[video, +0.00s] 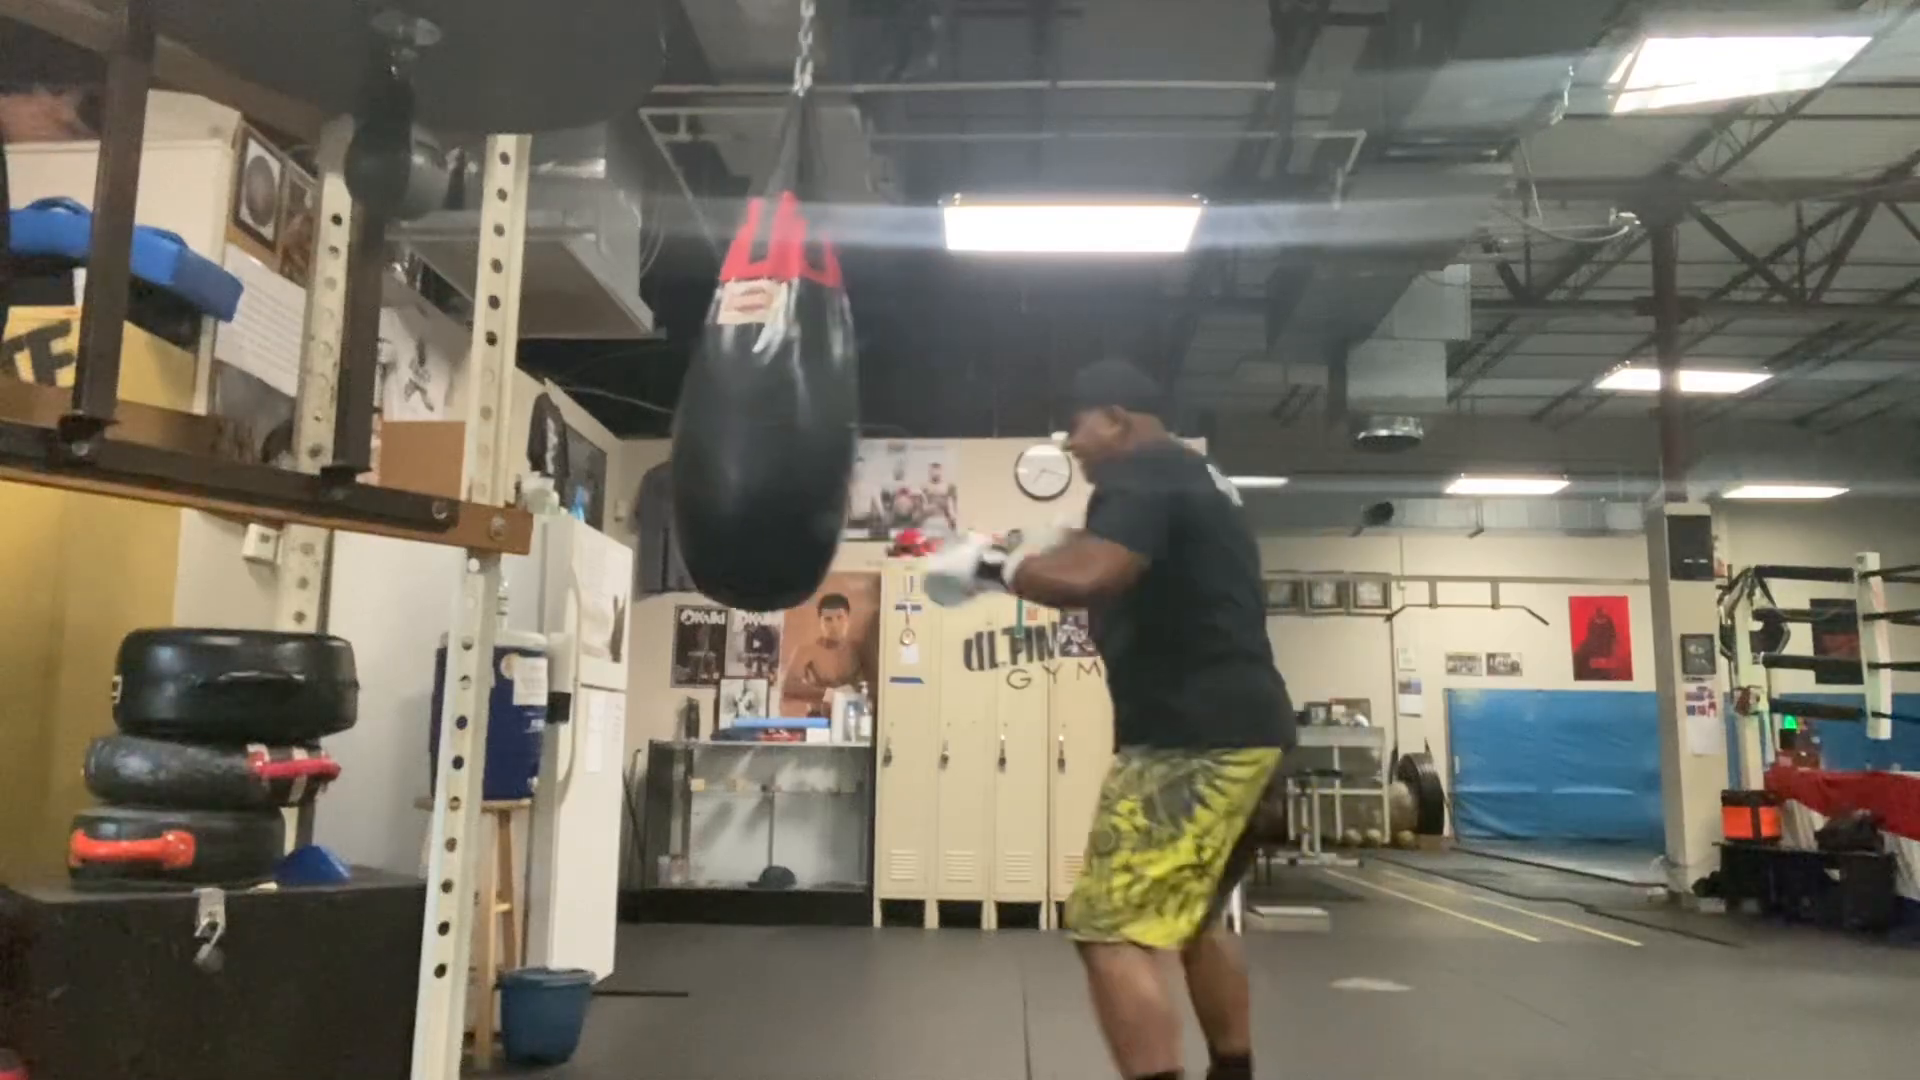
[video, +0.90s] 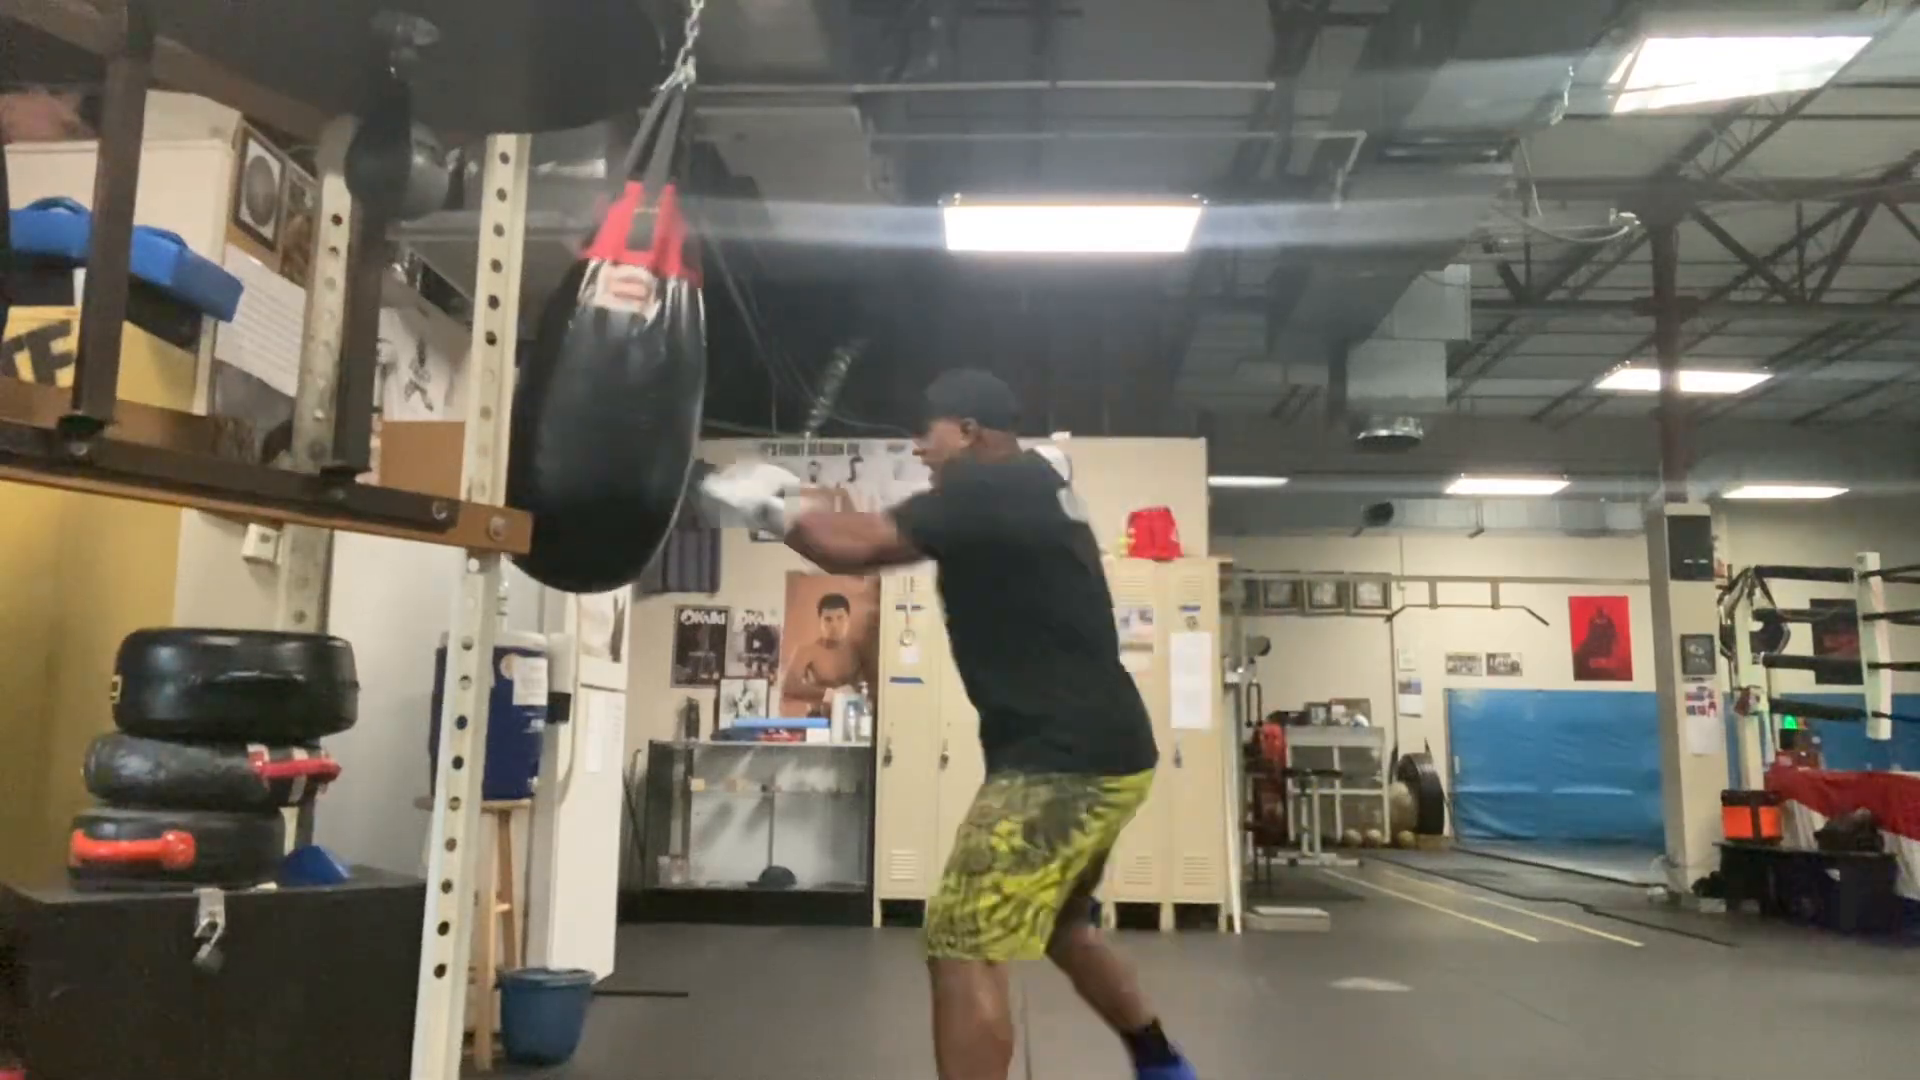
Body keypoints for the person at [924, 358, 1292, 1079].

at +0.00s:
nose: (1072, 446)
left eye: (1077, 429)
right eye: (1069, 431)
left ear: (1119, 420)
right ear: (1140, 423)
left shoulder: (1142, 477)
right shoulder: (1194, 478)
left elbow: (1092, 573)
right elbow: (1139, 579)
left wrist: (1000, 568)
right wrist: (1041, 557)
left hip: (1188, 737)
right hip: (1246, 731)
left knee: (1110, 926)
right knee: (1195, 916)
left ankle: (1158, 1073)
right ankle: (1233, 1070)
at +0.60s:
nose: (995, 453)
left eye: (1004, 436)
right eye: (995, 438)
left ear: (1049, 434)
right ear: (1061, 438)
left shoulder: (1073, 500)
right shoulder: (1111, 498)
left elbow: (1045, 625)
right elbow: (1066, 626)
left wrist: (936, 622)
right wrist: (975, 616)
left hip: (1119, 751)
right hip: (1173, 747)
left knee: (1027, 948)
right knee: (1161, 946)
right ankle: (1211, 1076)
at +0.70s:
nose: (968, 457)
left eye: (973, 441)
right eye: (967, 442)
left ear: (1010, 434)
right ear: (1040, 436)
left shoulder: (1031, 487)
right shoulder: (1116, 495)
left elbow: (1026, 575)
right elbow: (1100, 617)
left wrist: (934, 564)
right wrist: (999, 619)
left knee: (974, 930)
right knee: (1166, 935)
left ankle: (1018, 1073)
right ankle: (1213, 1074)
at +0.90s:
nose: (921, 448)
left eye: (929, 432)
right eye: (920, 433)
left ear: (970, 429)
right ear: (983, 432)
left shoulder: (988, 489)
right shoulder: (1027, 484)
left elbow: (857, 545)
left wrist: (781, 509)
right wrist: (812, 508)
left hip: (1058, 755)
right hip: (1096, 750)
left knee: (961, 940)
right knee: (1063, 925)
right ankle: (1162, 1064)